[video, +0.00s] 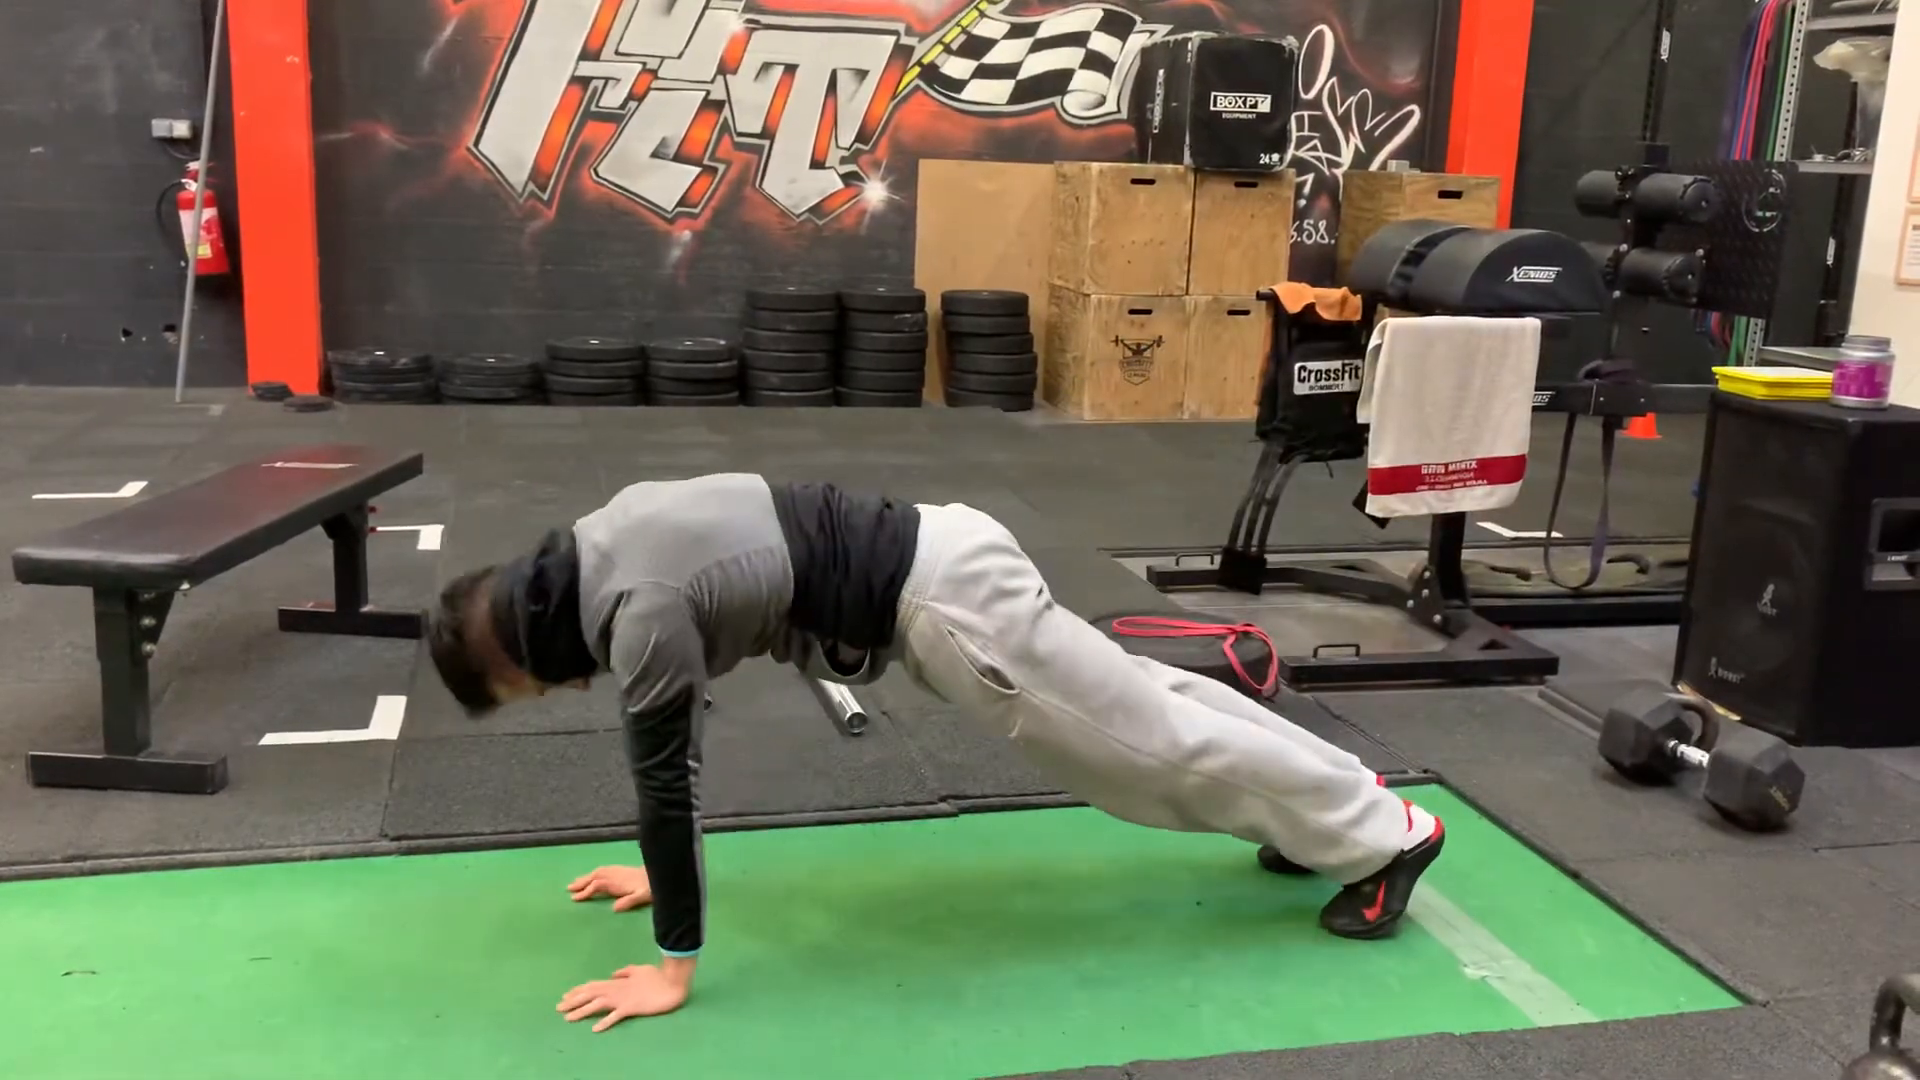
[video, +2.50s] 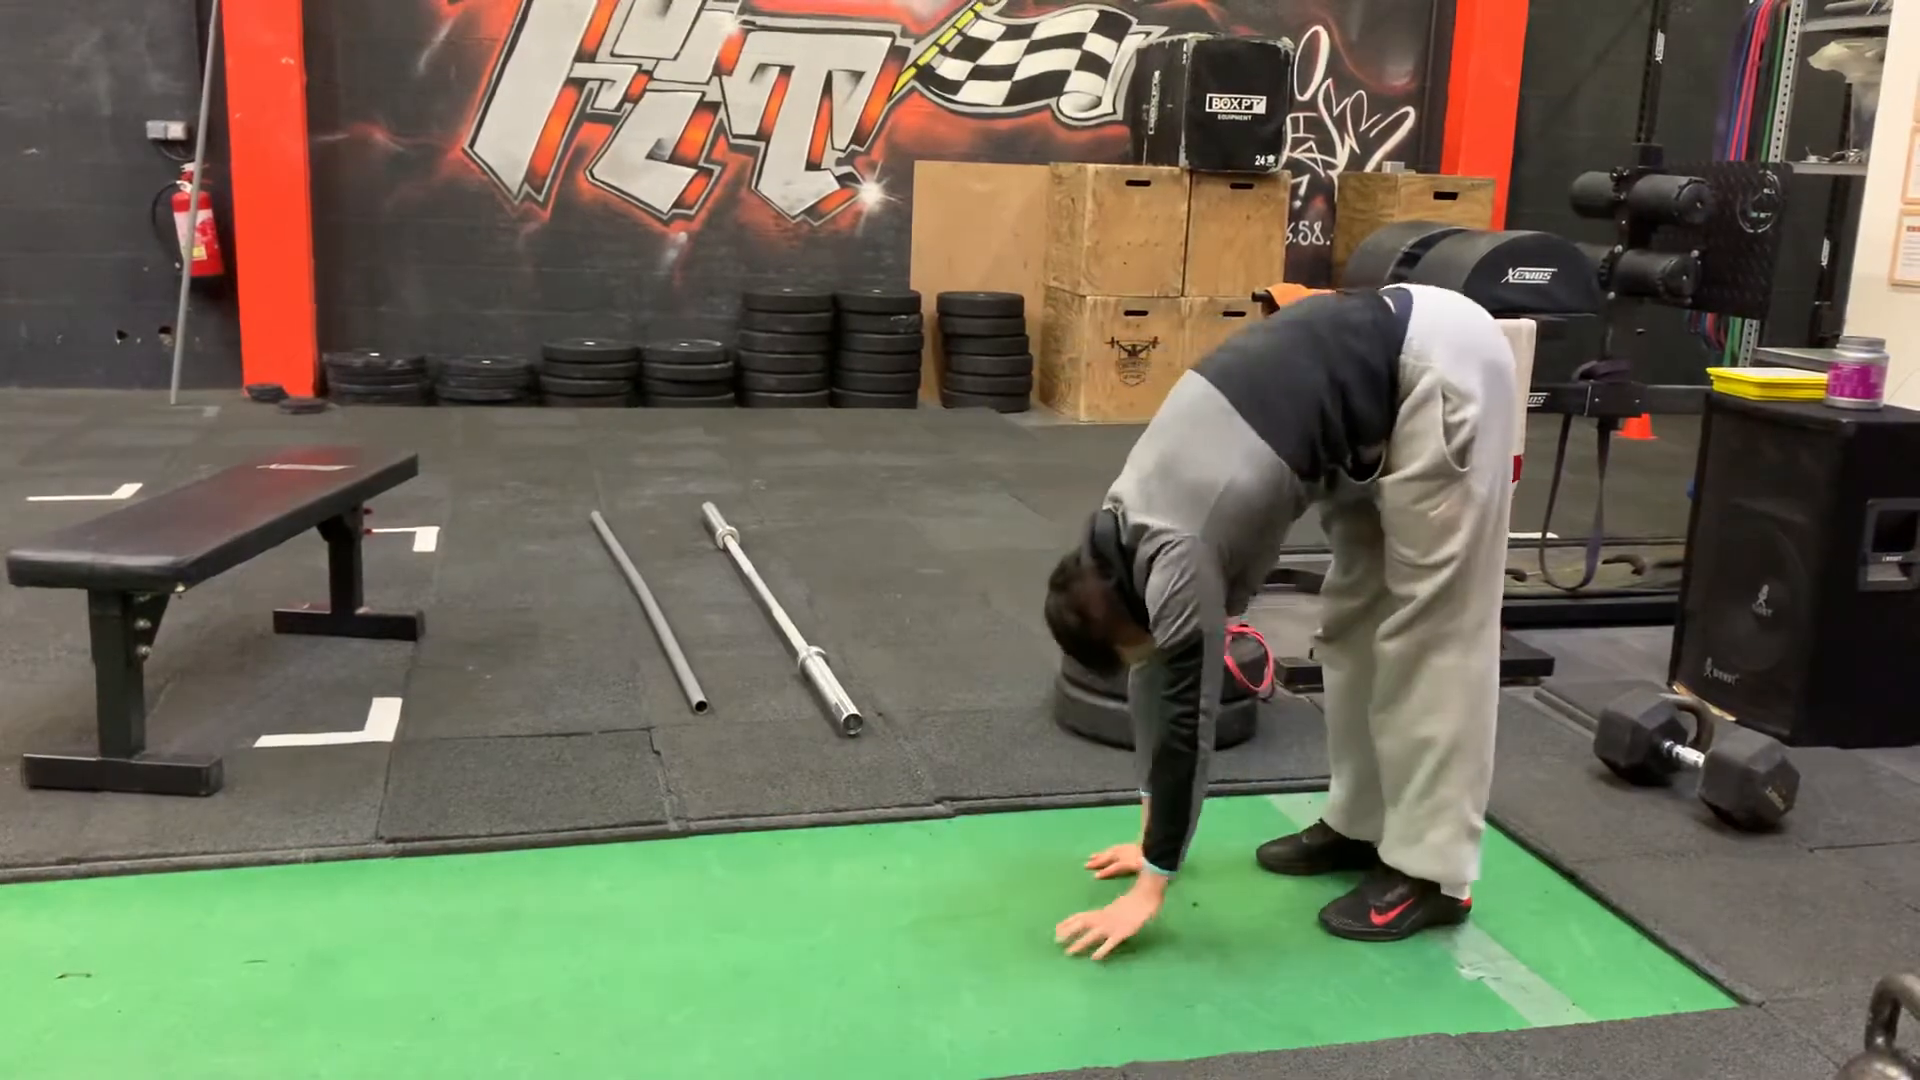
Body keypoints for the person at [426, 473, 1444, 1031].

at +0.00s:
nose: (530, 697)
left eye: (513, 687)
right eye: (512, 684)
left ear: (524, 655)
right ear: (518, 609)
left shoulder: (641, 608)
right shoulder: (603, 552)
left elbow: (667, 786)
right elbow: (660, 739)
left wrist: (676, 962)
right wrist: (656, 859)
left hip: (936, 591)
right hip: (925, 574)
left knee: (1150, 744)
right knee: (1120, 742)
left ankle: (1384, 828)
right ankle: (1315, 786)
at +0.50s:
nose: (558, 721)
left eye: (542, 712)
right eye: (542, 712)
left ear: (553, 675)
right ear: (546, 630)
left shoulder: (662, 614)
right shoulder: (611, 568)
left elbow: (683, 789)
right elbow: (663, 742)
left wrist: (677, 961)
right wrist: (662, 865)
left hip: (956, 575)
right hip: (936, 578)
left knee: (1162, 724)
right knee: (1113, 743)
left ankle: (1392, 838)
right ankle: (1300, 807)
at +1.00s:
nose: (728, 739)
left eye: (721, 732)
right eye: (715, 736)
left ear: (725, 689)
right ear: (696, 671)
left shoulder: (811, 614)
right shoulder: (731, 584)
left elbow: (858, 771)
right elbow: (714, 737)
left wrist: (883, 930)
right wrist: (668, 861)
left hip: (1076, 470)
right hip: (1047, 462)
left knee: (1240, 676)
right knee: (1192, 682)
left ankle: (1413, 852)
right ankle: (1339, 809)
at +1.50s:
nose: (907, 728)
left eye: (899, 720)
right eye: (896, 724)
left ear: (881, 671)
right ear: (866, 661)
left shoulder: (936, 608)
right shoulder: (897, 577)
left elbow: (928, 762)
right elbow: (956, 708)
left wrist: (890, 937)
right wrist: (963, 837)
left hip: (1199, 418)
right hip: (1153, 426)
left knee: (1306, 655)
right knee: (1253, 656)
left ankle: (1426, 869)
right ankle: (1346, 824)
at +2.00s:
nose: (1067, 699)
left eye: (1060, 691)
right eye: (1047, 700)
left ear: (1044, 643)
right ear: (1014, 633)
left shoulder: (1104, 595)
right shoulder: (1026, 567)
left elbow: (1130, 758)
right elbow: (1041, 705)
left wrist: (1140, 917)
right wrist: (1000, 829)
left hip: (1341, 379)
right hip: (1268, 388)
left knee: (1383, 637)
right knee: (1314, 631)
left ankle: (1427, 870)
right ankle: (1352, 826)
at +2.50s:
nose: (1144, 659)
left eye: (1135, 650)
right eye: (1133, 657)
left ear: (1121, 612)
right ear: (1110, 602)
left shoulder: (1178, 555)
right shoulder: (1123, 528)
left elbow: (1185, 723)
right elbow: (1161, 688)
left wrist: (1151, 884)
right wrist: (1155, 833)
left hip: (1442, 365)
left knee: (1429, 631)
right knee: (1355, 624)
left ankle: (1434, 873)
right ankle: (1359, 827)